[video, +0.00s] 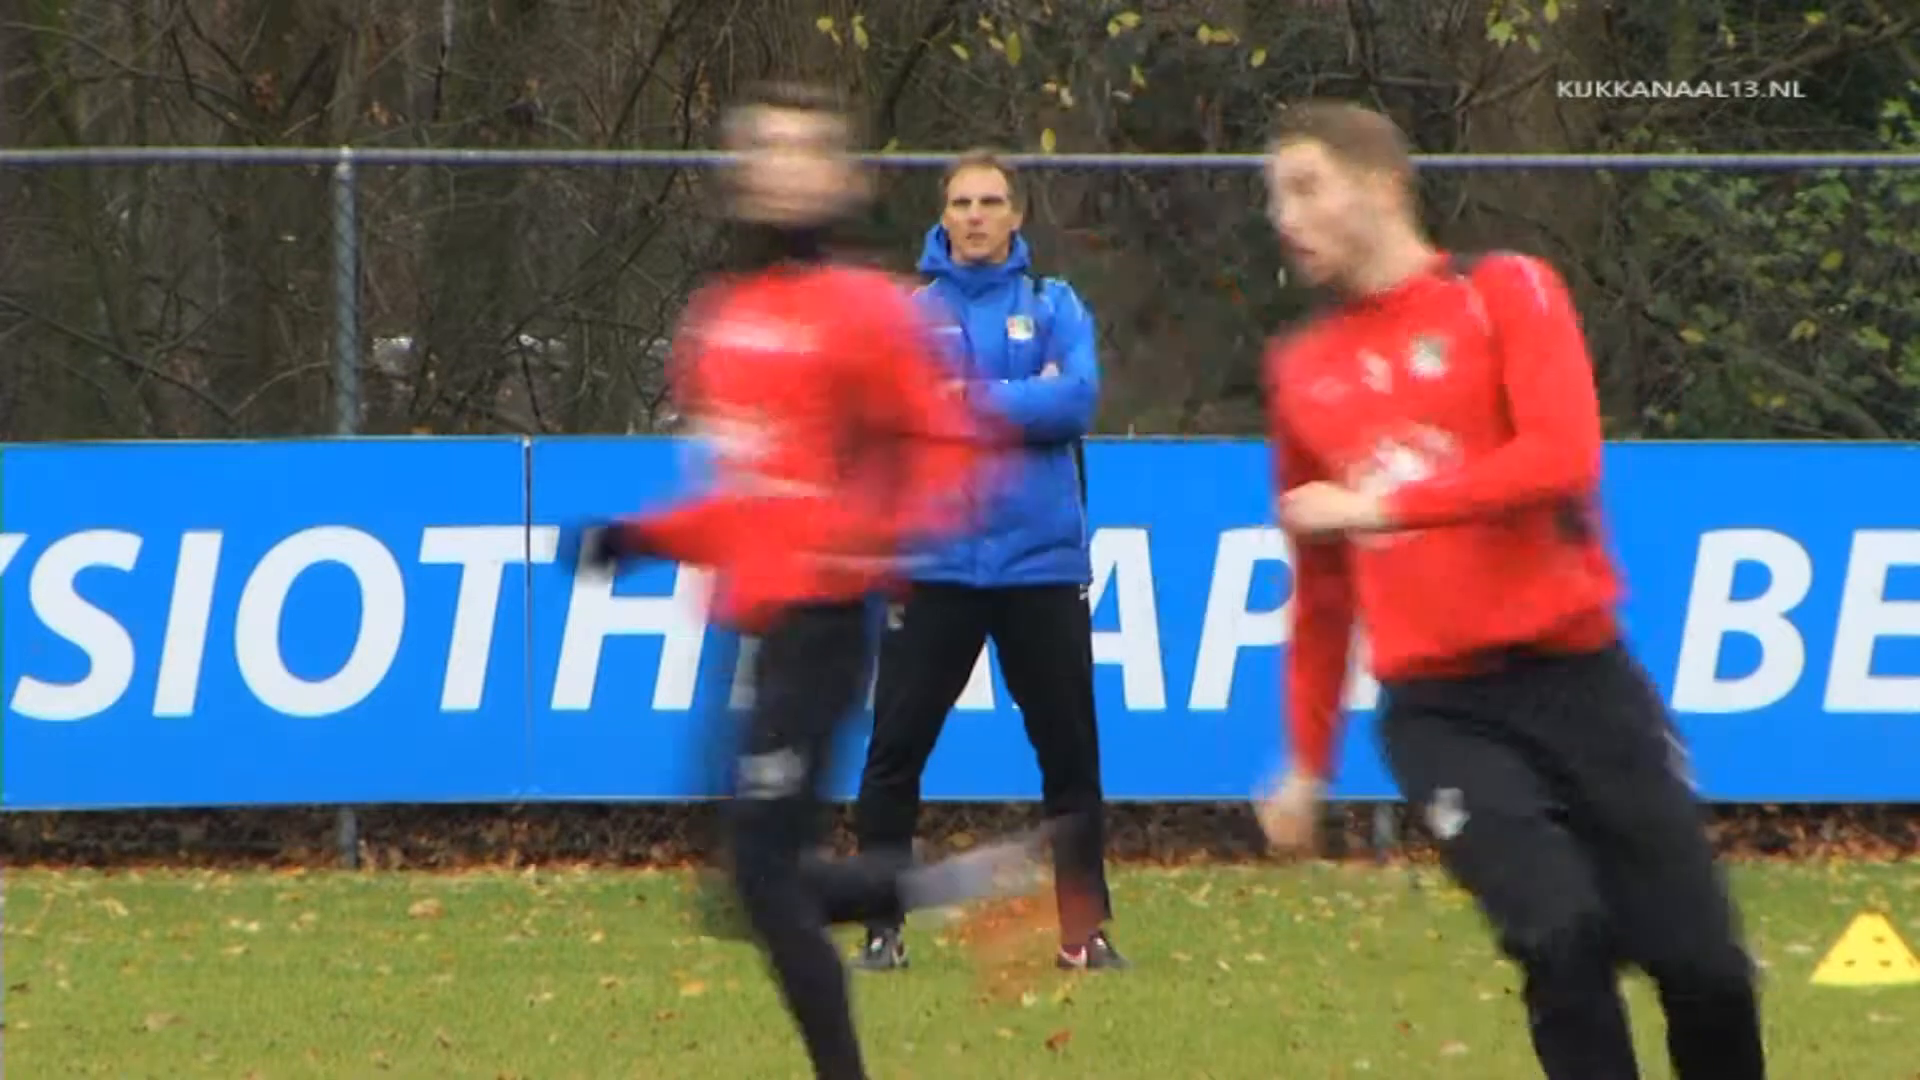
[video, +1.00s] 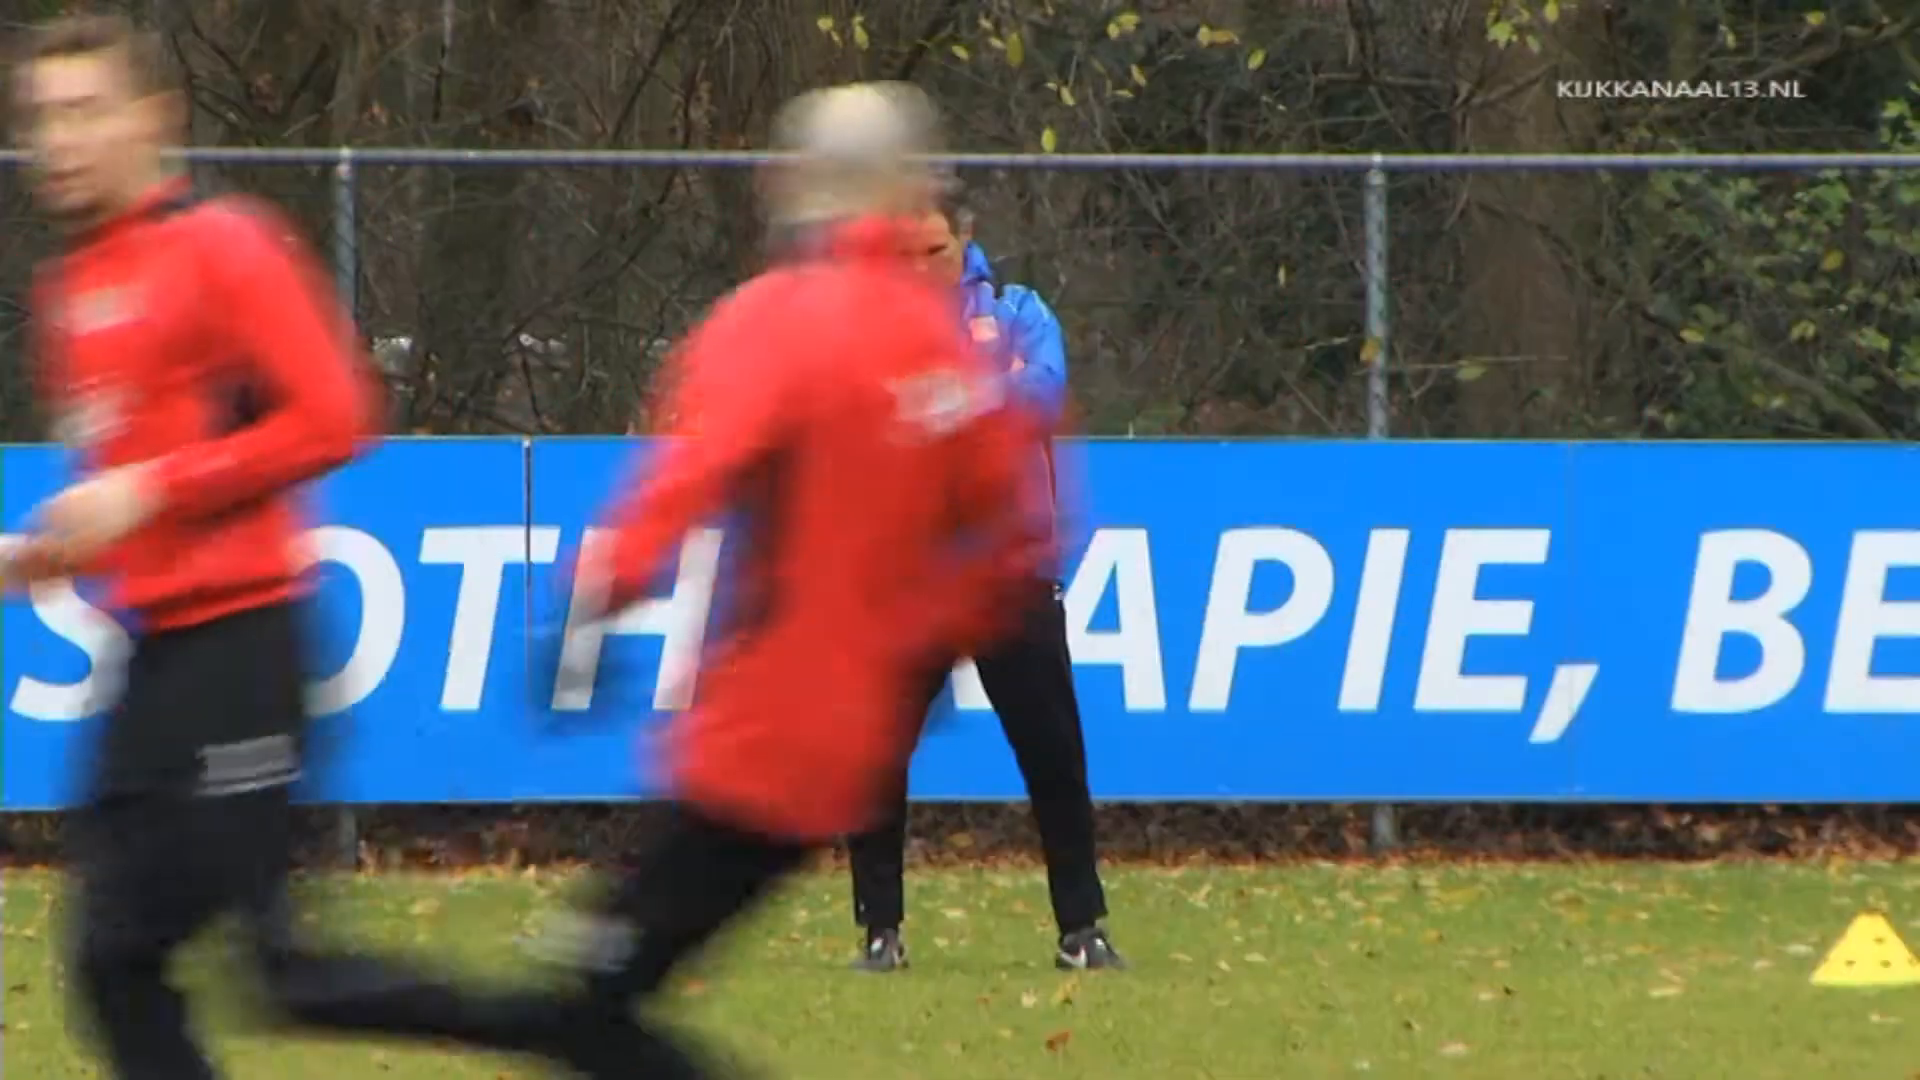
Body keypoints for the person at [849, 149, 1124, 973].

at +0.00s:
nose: (976, 216)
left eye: (991, 202)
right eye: (962, 204)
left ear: (1017, 214)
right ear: (942, 216)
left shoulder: (1055, 303)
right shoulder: (907, 309)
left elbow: (1076, 400)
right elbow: (900, 412)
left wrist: (961, 402)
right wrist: (1026, 407)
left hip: (1041, 568)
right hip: (935, 570)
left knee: (1070, 753)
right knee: (895, 750)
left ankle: (1085, 933)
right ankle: (881, 925)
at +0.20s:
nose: (958, 216)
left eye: (974, 203)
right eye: (947, 204)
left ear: (1007, 216)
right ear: (931, 218)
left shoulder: (1051, 302)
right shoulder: (894, 313)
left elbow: (1069, 398)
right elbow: (906, 424)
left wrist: (958, 390)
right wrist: (1017, 410)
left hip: (1042, 565)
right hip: (932, 568)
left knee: (1069, 750)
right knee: (896, 751)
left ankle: (1085, 928)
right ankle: (882, 928)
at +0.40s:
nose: (942, 222)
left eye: (957, 205)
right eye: (929, 208)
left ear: (989, 213)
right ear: (912, 220)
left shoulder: (1034, 300)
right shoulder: (888, 318)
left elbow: (1067, 396)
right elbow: (903, 417)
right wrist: (993, 405)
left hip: (1036, 566)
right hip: (930, 573)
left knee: (1067, 751)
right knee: (894, 753)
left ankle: (1087, 924)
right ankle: (883, 924)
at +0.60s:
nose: (921, 242)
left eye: (936, 226)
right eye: (908, 227)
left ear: (972, 224)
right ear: (892, 228)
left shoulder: (1019, 303)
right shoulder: (872, 306)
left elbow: (1041, 382)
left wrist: (950, 361)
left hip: (1016, 548)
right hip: (915, 556)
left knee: (1055, 730)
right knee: (908, 749)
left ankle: (1081, 923)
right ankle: (898, 929)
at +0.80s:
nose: (919, 267)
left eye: (934, 251)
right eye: (906, 252)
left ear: (965, 235)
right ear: (889, 243)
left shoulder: (1020, 307)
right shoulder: (864, 324)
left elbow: (1045, 393)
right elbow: (886, 423)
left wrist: (934, 394)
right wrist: (995, 411)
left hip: (1018, 568)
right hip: (910, 573)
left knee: (1055, 748)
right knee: (883, 756)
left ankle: (1085, 919)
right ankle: (880, 926)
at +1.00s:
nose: (925, 261)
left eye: (937, 245)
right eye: (910, 248)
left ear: (963, 242)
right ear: (890, 253)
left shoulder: (1016, 316)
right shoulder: (871, 329)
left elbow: (1038, 407)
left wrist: (945, 395)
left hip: (1007, 574)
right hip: (899, 579)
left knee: (1054, 756)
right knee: (876, 753)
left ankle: (1083, 929)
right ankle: (879, 929)